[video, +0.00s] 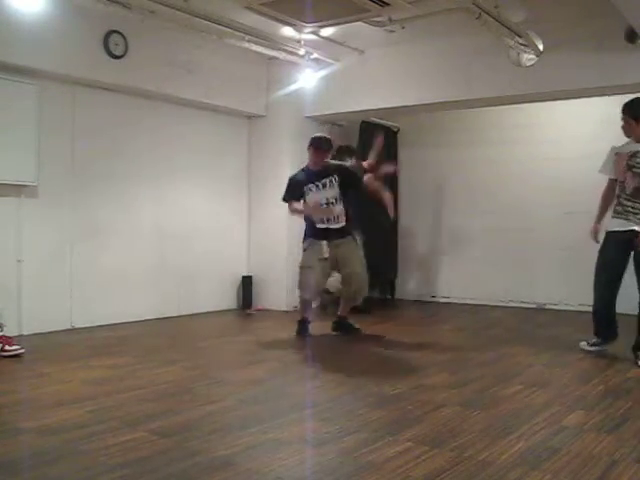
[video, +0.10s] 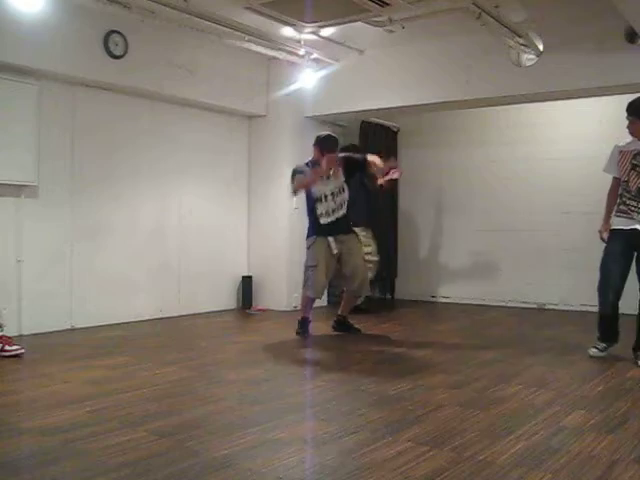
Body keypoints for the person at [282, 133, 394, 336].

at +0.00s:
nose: (319, 157)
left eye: (324, 153)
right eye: (316, 152)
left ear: (329, 154)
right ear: (309, 151)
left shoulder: (341, 171)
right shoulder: (299, 179)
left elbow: (367, 182)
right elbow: (292, 206)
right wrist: (307, 210)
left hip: (344, 238)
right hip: (316, 240)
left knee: (356, 280)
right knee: (309, 283)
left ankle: (342, 319)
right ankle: (304, 321)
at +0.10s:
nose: (330, 160)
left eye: (333, 156)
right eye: (327, 156)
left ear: (338, 153)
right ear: (317, 152)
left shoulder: (343, 163)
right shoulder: (305, 170)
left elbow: (370, 160)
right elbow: (297, 186)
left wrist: (379, 170)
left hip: (345, 231)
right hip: (320, 234)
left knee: (359, 275)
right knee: (315, 280)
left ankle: (341, 318)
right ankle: (304, 320)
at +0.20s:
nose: (333, 152)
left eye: (336, 148)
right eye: (330, 147)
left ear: (341, 148)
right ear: (322, 147)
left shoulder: (345, 162)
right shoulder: (311, 167)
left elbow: (368, 148)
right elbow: (299, 161)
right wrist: (319, 147)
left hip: (345, 224)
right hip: (321, 227)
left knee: (356, 270)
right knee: (316, 276)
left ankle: (342, 318)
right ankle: (305, 319)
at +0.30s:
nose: (336, 149)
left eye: (339, 146)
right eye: (334, 145)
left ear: (343, 145)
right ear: (325, 141)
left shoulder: (344, 156)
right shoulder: (311, 157)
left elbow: (363, 141)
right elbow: (300, 140)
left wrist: (348, 139)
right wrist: (325, 133)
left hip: (345, 221)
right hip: (321, 222)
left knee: (351, 271)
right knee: (316, 273)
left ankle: (342, 317)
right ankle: (304, 318)